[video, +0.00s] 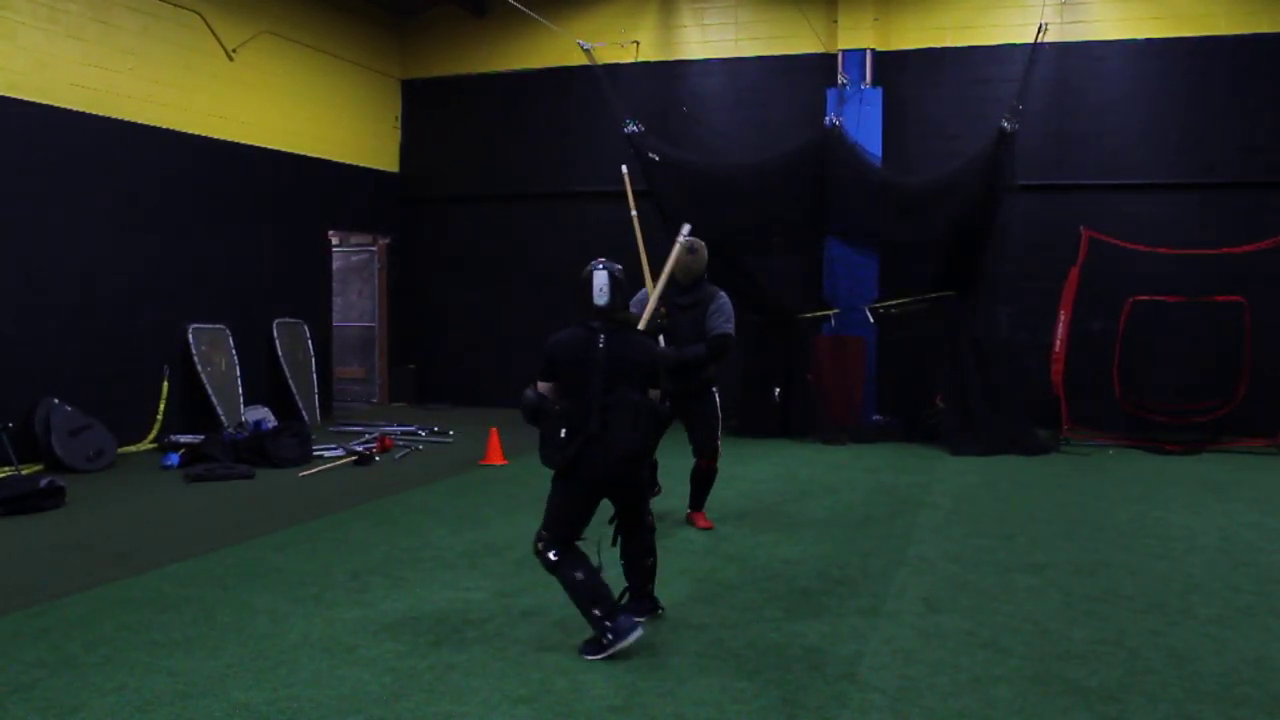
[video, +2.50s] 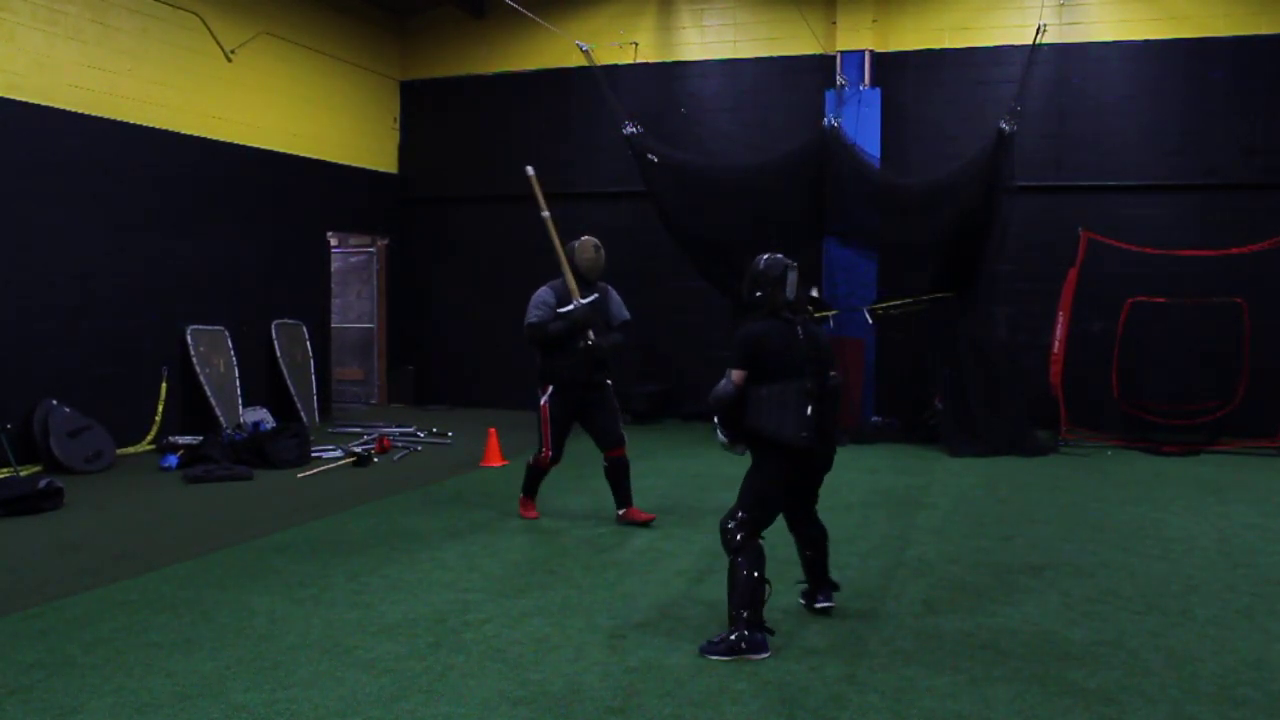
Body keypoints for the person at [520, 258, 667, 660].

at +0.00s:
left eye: (592, 292)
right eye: (612, 292)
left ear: (582, 297)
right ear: (624, 298)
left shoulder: (564, 344)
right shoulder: (643, 346)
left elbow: (543, 401)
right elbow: (660, 403)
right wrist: (642, 441)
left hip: (581, 461)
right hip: (630, 460)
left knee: (553, 543)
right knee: (637, 522)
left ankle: (611, 622)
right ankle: (641, 599)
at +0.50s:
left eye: (615, 299)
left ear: (616, 304)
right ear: (655, 307)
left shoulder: (595, 344)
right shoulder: (672, 353)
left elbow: (562, 404)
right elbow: (685, 414)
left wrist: (586, 427)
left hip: (607, 468)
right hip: (656, 467)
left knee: (578, 545)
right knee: (670, 529)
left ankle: (621, 634)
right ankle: (690, 597)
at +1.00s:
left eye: (648, 300)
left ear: (651, 304)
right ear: (691, 309)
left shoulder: (637, 337)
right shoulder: (704, 348)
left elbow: (610, 393)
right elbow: (715, 403)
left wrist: (625, 426)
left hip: (649, 448)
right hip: (695, 450)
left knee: (603, 520)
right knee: (685, 514)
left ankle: (641, 608)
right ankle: (690, 595)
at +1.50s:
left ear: (620, 363)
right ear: (662, 350)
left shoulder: (622, 403)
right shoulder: (692, 369)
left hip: (683, 495)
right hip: (728, 486)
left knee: (617, 538)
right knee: (703, 502)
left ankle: (641, 612)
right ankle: (727, 573)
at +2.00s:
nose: (686, 360)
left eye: (688, 354)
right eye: (686, 353)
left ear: (698, 356)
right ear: (722, 343)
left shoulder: (708, 391)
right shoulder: (752, 366)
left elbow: (688, 431)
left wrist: (686, 397)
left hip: (756, 482)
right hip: (786, 475)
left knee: (689, 525)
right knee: (744, 518)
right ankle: (792, 580)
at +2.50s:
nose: (749, 293)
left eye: (752, 287)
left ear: (755, 290)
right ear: (793, 289)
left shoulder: (753, 333)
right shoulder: (813, 333)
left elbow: (732, 391)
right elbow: (827, 386)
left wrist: (714, 408)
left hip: (777, 452)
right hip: (815, 450)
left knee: (738, 527)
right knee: (802, 512)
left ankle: (748, 629)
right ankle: (820, 589)